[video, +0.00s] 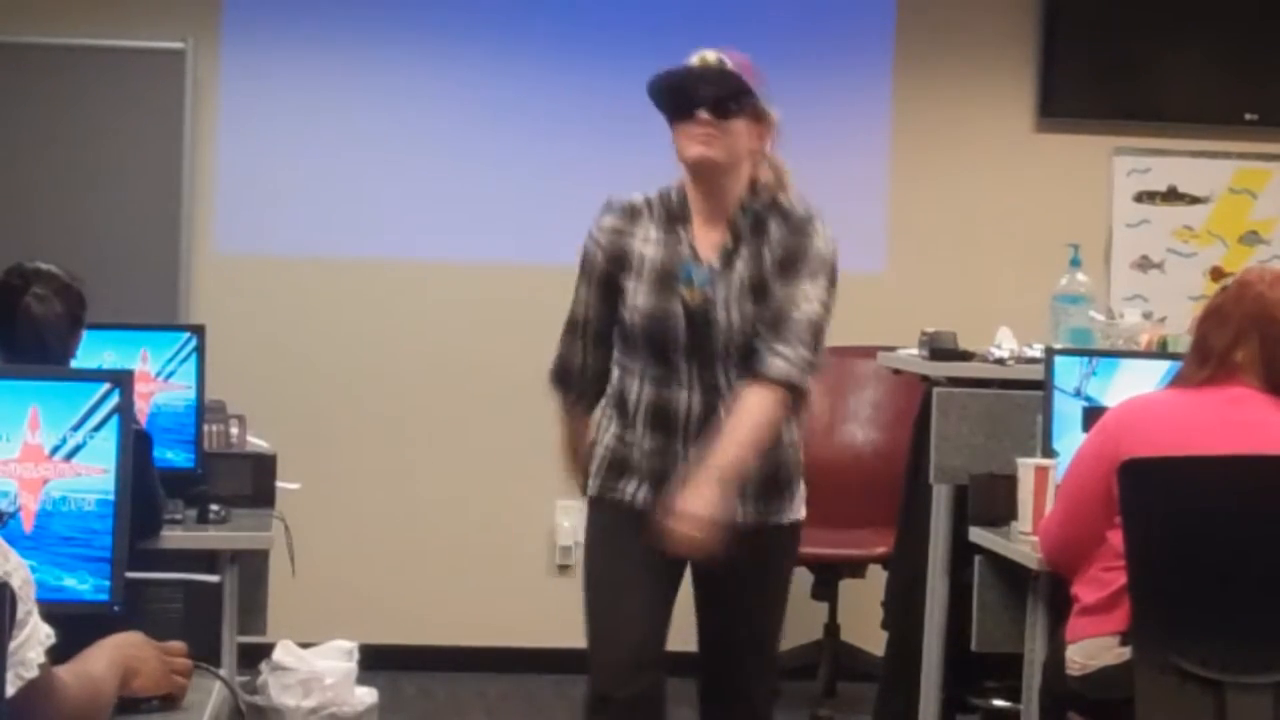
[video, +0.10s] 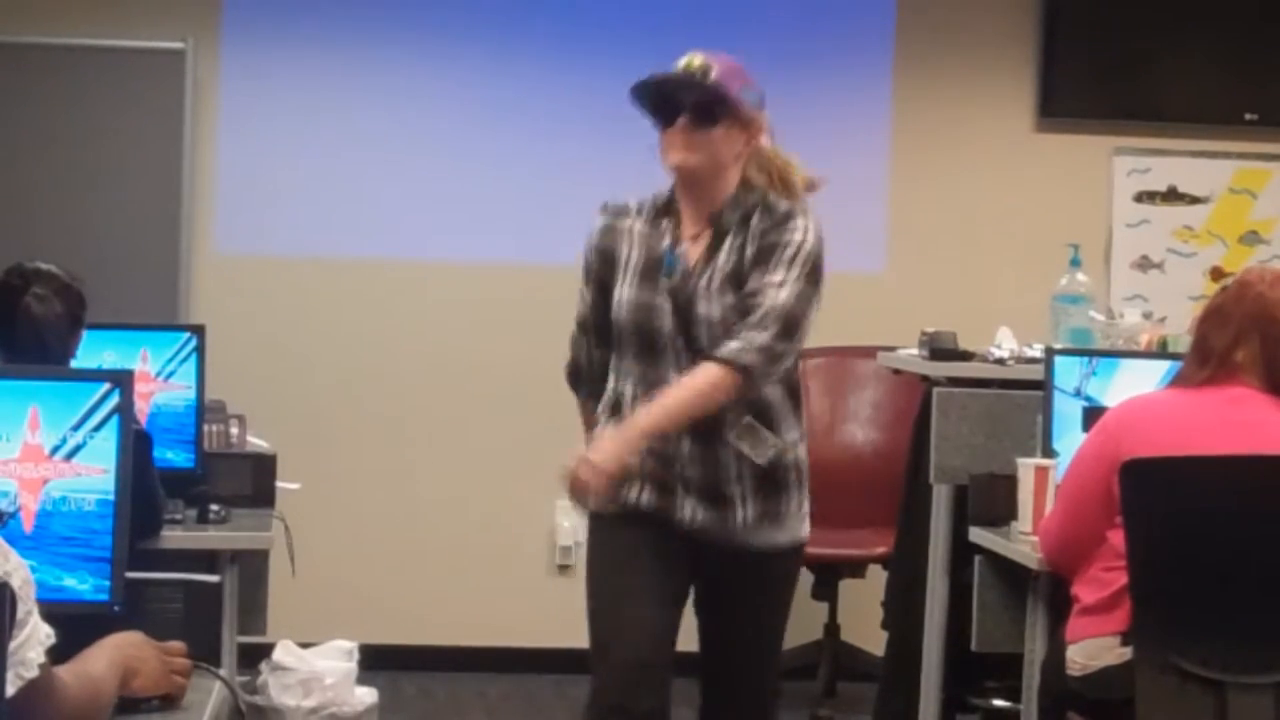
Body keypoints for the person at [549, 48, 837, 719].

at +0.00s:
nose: (703, 119)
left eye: (725, 108)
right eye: (688, 107)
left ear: (761, 133)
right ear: (671, 129)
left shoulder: (800, 238)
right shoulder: (623, 227)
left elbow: (780, 374)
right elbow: (579, 372)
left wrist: (712, 479)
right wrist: (590, 476)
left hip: (755, 501)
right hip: (633, 492)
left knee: (739, 699)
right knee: (619, 692)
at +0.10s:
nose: (682, 129)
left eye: (705, 115)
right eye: (671, 115)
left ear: (750, 135)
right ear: (659, 129)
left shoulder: (789, 232)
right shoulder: (619, 231)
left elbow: (746, 359)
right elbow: (588, 368)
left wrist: (624, 438)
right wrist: (605, 459)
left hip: (752, 511)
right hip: (636, 504)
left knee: (739, 706)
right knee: (623, 697)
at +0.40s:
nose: (615, 149)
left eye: (637, 129)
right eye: (610, 131)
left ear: (688, 143)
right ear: (608, 141)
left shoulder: (751, 239)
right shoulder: (585, 258)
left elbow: (733, 383)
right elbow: (567, 408)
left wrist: (659, 487)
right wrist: (558, 541)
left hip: (731, 529)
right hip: (607, 529)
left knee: (727, 711)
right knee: (597, 707)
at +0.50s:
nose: (602, 114)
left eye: (625, 97)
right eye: (599, 98)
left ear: (680, 113)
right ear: (595, 109)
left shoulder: (749, 203)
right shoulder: (570, 225)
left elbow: (769, 354)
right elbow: (540, 373)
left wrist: (732, 478)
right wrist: (528, 502)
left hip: (727, 518)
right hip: (607, 514)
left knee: (722, 707)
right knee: (602, 703)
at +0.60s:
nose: (596, 128)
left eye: (620, 112)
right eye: (590, 112)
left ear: (676, 128)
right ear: (585, 121)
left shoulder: (747, 224)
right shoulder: (558, 245)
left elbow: (804, 377)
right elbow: (505, 393)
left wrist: (800, 509)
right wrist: (492, 528)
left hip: (728, 516)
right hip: (599, 517)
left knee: (739, 706)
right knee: (592, 706)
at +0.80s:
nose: (619, 183)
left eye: (645, 168)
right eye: (606, 167)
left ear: (688, 182)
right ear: (593, 182)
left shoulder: (747, 297)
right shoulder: (557, 303)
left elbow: (807, 445)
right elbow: (520, 453)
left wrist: (833, 579)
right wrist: (505, 586)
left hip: (721, 570)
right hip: (589, 570)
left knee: (746, 709)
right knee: (554, 710)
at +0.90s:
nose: (660, 144)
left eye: (685, 129)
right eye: (641, 128)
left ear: (721, 146)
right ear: (621, 146)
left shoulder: (777, 258)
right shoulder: (575, 257)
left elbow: (820, 407)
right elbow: (549, 404)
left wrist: (809, 523)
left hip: (730, 541)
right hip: (602, 538)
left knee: (733, 707)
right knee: (584, 708)